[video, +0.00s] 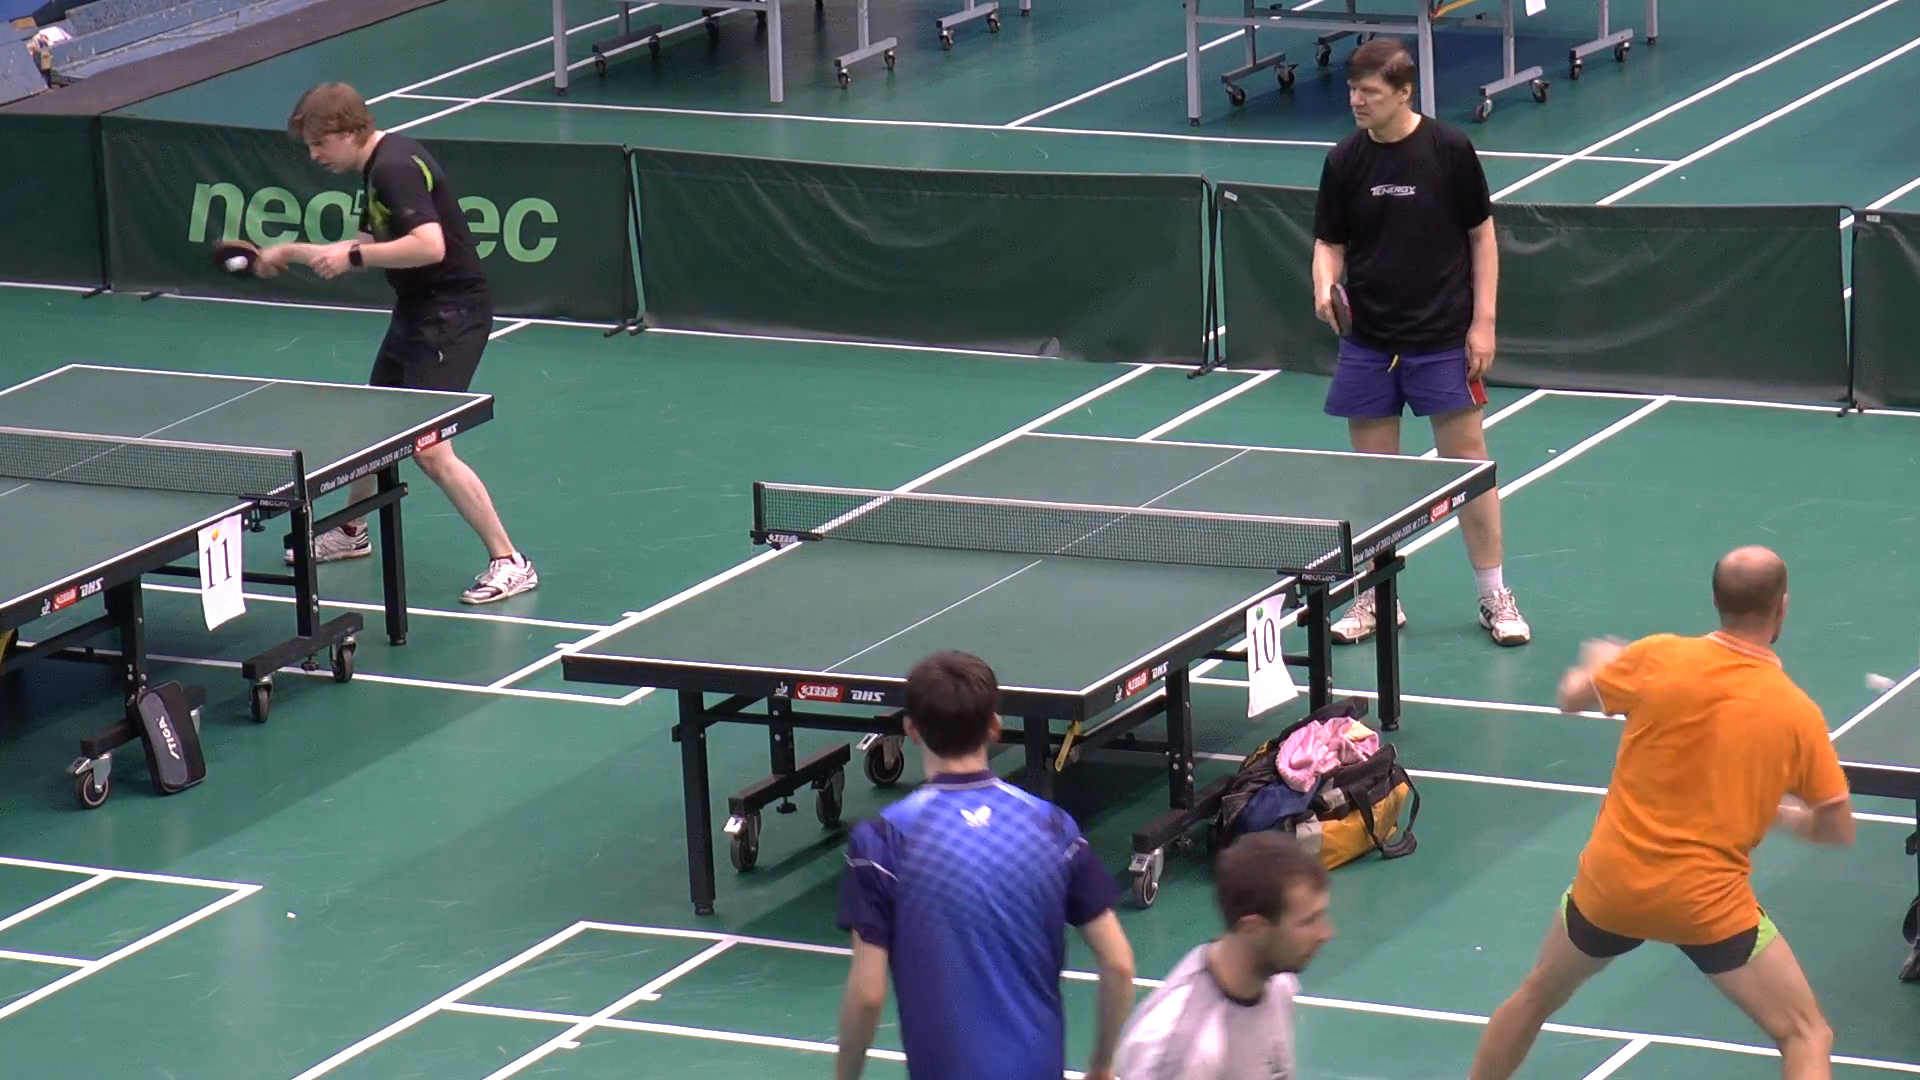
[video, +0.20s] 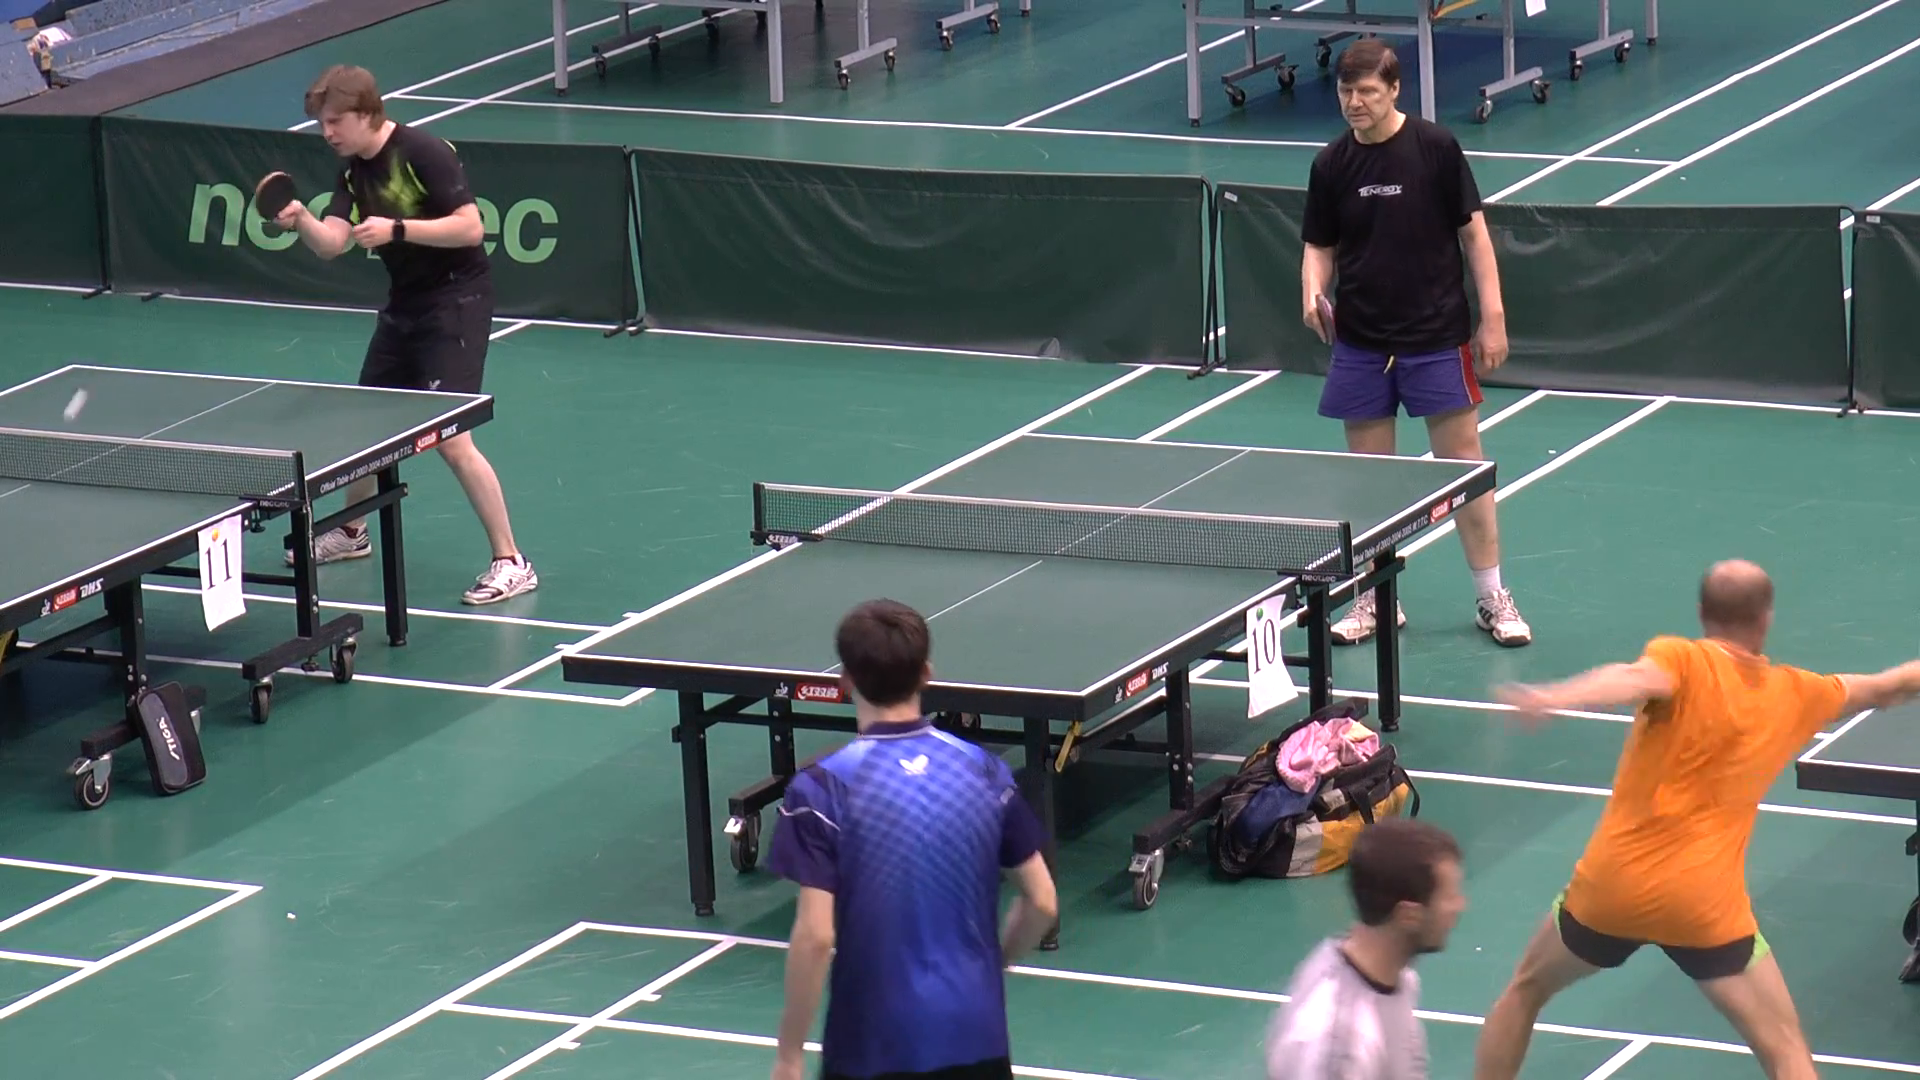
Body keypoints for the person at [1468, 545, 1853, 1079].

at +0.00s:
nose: (1786, 599)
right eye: (1786, 592)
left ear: (1716, 599)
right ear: (1781, 604)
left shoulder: (1658, 657)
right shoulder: (1797, 712)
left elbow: (1570, 698)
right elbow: (1837, 830)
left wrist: (1594, 664)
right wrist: (1774, 805)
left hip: (1610, 883)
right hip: (1706, 900)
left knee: (1534, 997)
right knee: (1805, 1033)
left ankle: (1479, 1076)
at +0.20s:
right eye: (1769, 609)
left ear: (1704, 614)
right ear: (1767, 619)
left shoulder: (1677, 657)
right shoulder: (1797, 690)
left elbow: (1642, 681)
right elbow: (1890, 686)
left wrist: (1550, 696)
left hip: (1612, 890)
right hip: (1707, 904)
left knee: (1525, 991)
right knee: (1785, 1053)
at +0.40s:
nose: (1733, 552)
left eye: (1731, 543)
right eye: (1732, 543)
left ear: (1661, 555)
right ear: (1721, 554)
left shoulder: (1616, 618)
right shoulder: (1756, 644)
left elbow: (1591, 715)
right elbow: (1839, 750)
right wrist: (1915, 778)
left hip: (1593, 835)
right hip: (1681, 850)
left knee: (1561, 953)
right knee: (1767, 1008)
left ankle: (1483, 1054)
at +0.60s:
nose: (1728, 519)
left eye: (1724, 510)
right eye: (1725, 512)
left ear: (1655, 527)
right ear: (1711, 530)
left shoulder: (1598, 583)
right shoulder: (1730, 622)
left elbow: (1513, 666)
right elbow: (1761, 748)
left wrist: (1517, 707)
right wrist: (1831, 797)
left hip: (1588, 823)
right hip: (1672, 835)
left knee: (1546, 944)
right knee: (1780, 949)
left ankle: (1490, 1070)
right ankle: (1758, 1074)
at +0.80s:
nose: (1786, 492)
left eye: (1781, 484)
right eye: (1781, 487)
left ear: (1714, 507)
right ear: (1761, 511)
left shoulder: (1659, 548)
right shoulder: (1754, 608)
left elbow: (1615, 619)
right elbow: (1759, 734)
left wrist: (1688, 601)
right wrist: (1846, 780)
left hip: (1616, 784)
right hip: (1696, 803)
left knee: (1560, 922)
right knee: (1798, 927)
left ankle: (1486, 1061)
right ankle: (1792, 1069)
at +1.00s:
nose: (1868, 497)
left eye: (1861, 491)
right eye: (1861, 495)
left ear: (1797, 522)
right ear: (1842, 527)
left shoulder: (1755, 552)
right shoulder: (1830, 616)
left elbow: (1715, 610)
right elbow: (1840, 739)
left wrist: (1821, 583)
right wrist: (1918, 771)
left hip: (1705, 786)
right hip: (1782, 806)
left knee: (1631, 913)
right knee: (1868, 928)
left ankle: (1529, 1041)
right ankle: (1828, 1073)